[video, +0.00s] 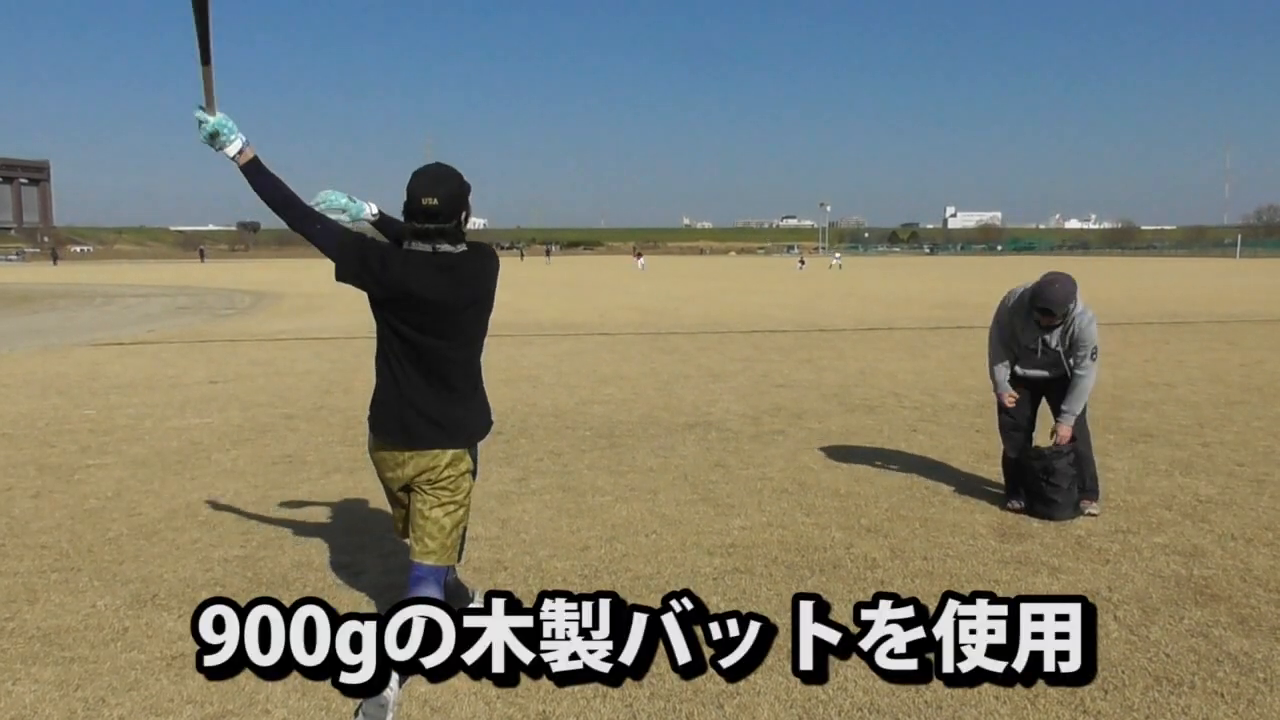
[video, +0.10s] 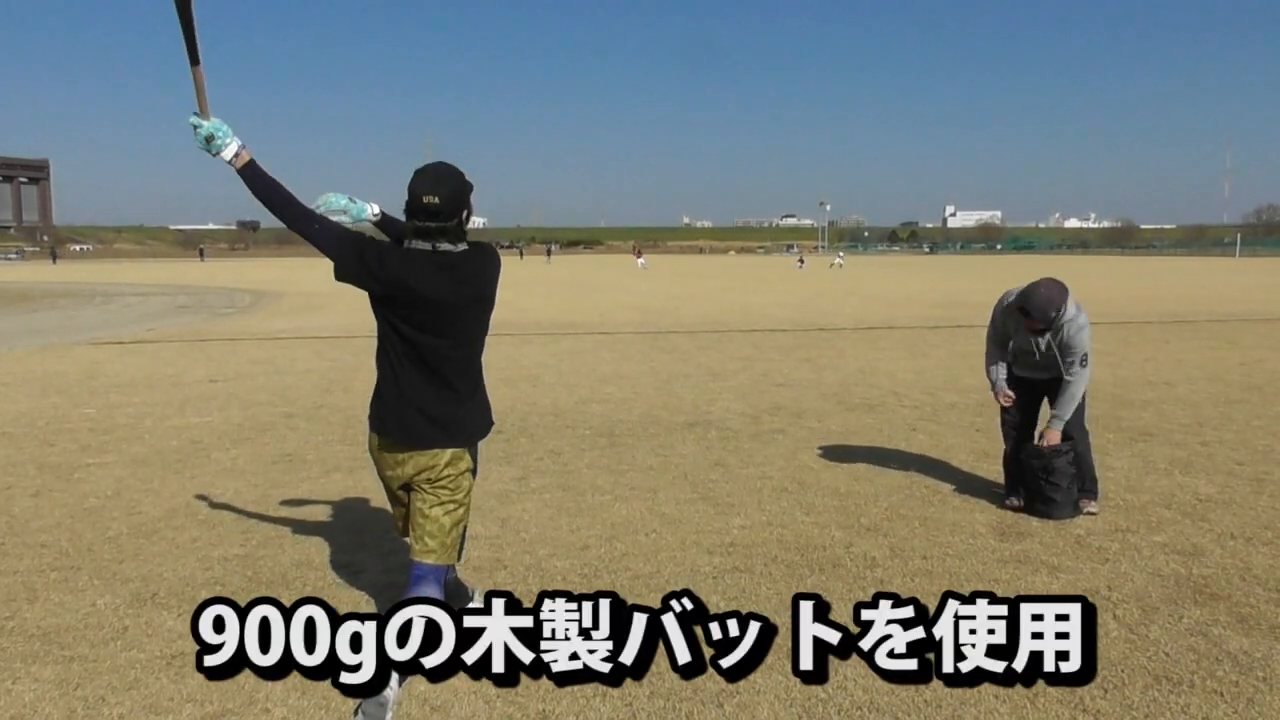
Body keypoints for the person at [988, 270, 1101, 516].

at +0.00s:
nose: (1044, 320)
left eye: (1052, 316)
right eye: (1039, 313)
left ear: (1067, 310)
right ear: (1033, 301)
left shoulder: (1082, 321)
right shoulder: (1013, 305)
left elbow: (1085, 372)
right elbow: (998, 345)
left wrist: (1067, 419)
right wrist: (1002, 385)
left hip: (1062, 379)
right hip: (1021, 377)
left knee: (1076, 433)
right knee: (1014, 434)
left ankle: (1087, 495)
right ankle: (1015, 494)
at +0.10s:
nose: (1029, 324)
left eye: (1036, 322)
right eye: (1027, 318)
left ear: (1053, 319)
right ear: (1023, 307)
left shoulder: (1074, 324)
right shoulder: (1007, 307)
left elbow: (1077, 376)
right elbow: (995, 346)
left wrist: (1056, 426)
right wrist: (998, 382)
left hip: (1061, 377)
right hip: (1021, 376)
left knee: (1073, 433)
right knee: (1015, 434)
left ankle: (1086, 494)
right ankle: (1015, 491)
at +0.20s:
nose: (1007, 321)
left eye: (1013, 318)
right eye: (1007, 315)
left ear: (1031, 319)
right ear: (1004, 307)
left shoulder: (1064, 329)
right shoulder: (1003, 307)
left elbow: (1067, 382)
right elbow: (994, 341)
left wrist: (1045, 426)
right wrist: (994, 377)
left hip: (1066, 372)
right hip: (1026, 368)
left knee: (1069, 429)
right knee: (1016, 425)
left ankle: (1086, 492)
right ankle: (1015, 488)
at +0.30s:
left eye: (1023, 315)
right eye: (1015, 317)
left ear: (1025, 311)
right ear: (1002, 316)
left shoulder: (1052, 328)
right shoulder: (1000, 315)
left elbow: (1056, 383)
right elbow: (996, 344)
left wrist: (1034, 430)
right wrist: (996, 380)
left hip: (1072, 368)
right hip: (1030, 367)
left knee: (1069, 429)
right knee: (1018, 426)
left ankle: (1086, 493)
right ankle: (1015, 488)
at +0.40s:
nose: (1010, 320)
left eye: (1013, 315)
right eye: (1004, 316)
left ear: (1018, 305)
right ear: (992, 313)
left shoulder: (1041, 330)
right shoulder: (1000, 314)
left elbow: (1044, 386)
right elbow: (998, 343)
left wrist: (1031, 431)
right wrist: (998, 379)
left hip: (1075, 366)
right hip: (1034, 366)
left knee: (1073, 430)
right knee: (1022, 428)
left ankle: (1086, 494)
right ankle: (1016, 489)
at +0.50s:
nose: (1007, 312)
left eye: (1007, 306)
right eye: (999, 311)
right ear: (986, 313)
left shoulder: (1033, 335)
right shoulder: (1003, 309)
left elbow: (1038, 386)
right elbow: (1001, 340)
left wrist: (1030, 433)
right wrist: (1003, 377)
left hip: (1080, 368)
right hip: (1040, 368)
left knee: (1076, 432)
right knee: (1027, 430)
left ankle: (1088, 495)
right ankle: (1018, 490)